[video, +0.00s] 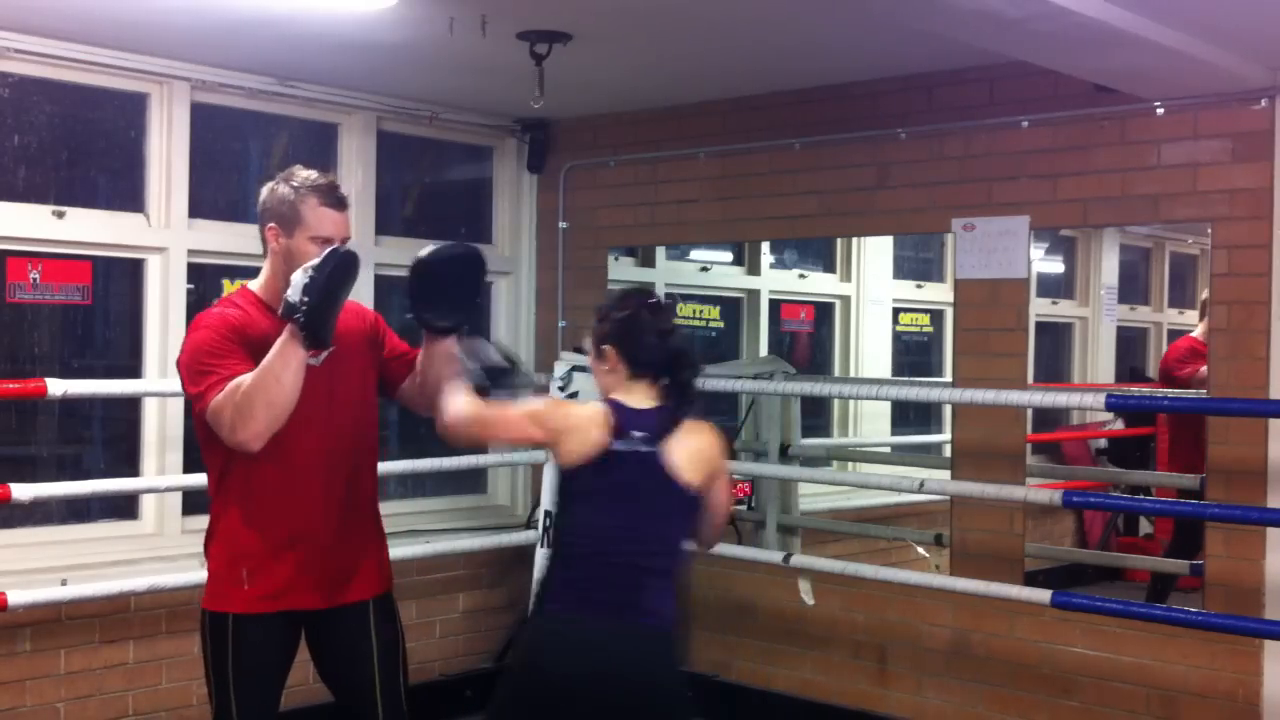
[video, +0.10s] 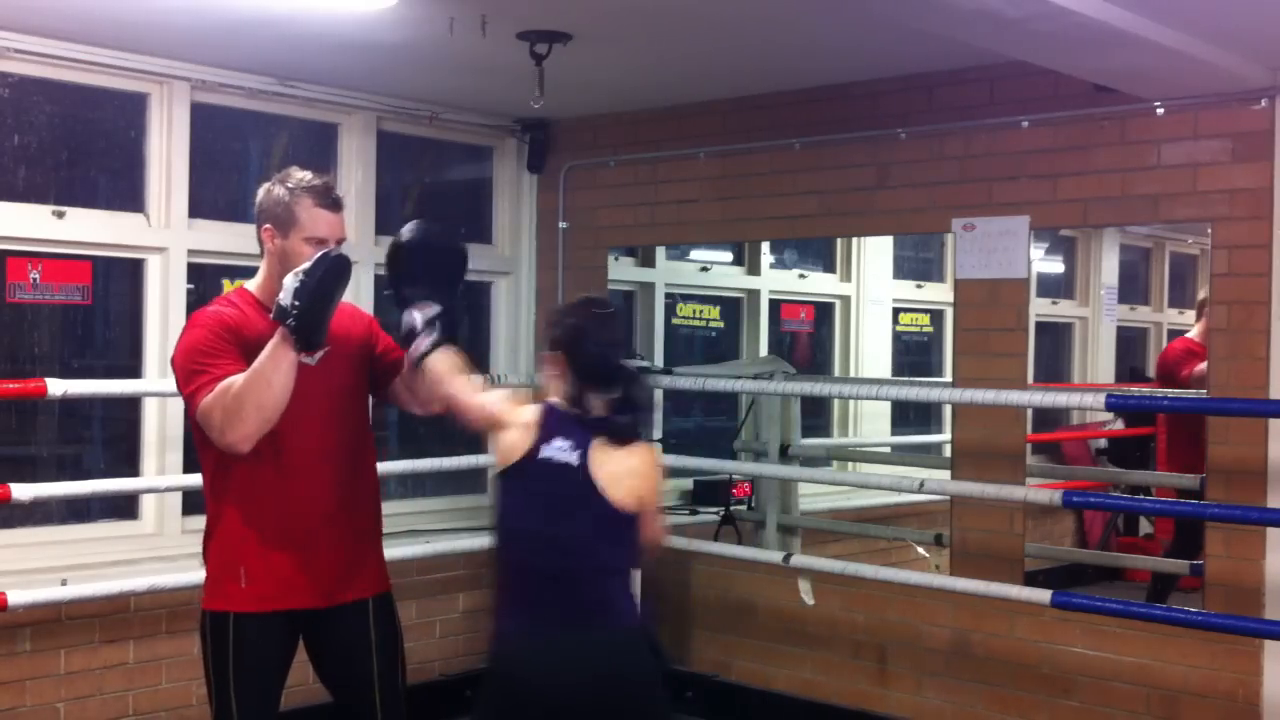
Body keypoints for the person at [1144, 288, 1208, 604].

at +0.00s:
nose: (1226, 323)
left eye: (1227, 316)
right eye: (1224, 316)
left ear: (1206, 313)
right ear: (1211, 315)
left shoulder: (1215, 351)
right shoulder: (1182, 351)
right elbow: (1210, 379)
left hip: (1213, 463)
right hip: (1191, 463)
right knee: (1186, 539)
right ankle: (1153, 607)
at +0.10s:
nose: (1221, 323)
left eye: (1222, 317)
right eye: (1219, 316)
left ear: (1206, 314)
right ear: (1205, 314)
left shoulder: (1207, 353)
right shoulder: (1177, 351)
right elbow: (1203, 376)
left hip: (1209, 464)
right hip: (1188, 466)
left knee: (1196, 539)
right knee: (1186, 541)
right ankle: (1153, 608)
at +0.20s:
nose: (1218, 322)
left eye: (1217, 316)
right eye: (1215, 316)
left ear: (1202, 315)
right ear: (1201, 314)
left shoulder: (1208, 353)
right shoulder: (1170, 351)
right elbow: (1188, 376)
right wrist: (1225, 353)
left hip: (1213, 462)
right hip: (1186, 463)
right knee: (1188, 540)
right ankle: (1154, 606)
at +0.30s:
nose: (1217, 320)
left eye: (1217, 313)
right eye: (1213, 313)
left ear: (1201, 314)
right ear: (1197, 313)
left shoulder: (1208, 353)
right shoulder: (1170, 351)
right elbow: (1181, 382)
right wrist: (1214, 356)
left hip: (1211, 462)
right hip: (1184, 463)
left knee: (1204, 540)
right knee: (1188, 541)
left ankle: (1214, 614)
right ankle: (1154, 607)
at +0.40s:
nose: (1214, 320)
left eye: (1214, 313)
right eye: (1210, 313)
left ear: (1198, 314)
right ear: (1192, 312)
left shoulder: (1206, 353)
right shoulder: (1165, 352)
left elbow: (1213, 389)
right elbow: (1164, 394)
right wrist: (1205, 374)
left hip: (1207, 458)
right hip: (1181, 460)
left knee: (1203, 539)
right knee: (1189, 540)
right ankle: (1155, 605)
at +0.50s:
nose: (1213, 320)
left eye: (1213, 313)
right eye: (1208, 313)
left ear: (1194, 315)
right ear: (1188, 313)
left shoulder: (1204, 357)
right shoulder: (1164, 355)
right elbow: (1145, 406)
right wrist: (1196, 410)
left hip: (1205, 463)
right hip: (1179, 466)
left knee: (1199, 541)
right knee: (1188, 543)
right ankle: (1156, 607)